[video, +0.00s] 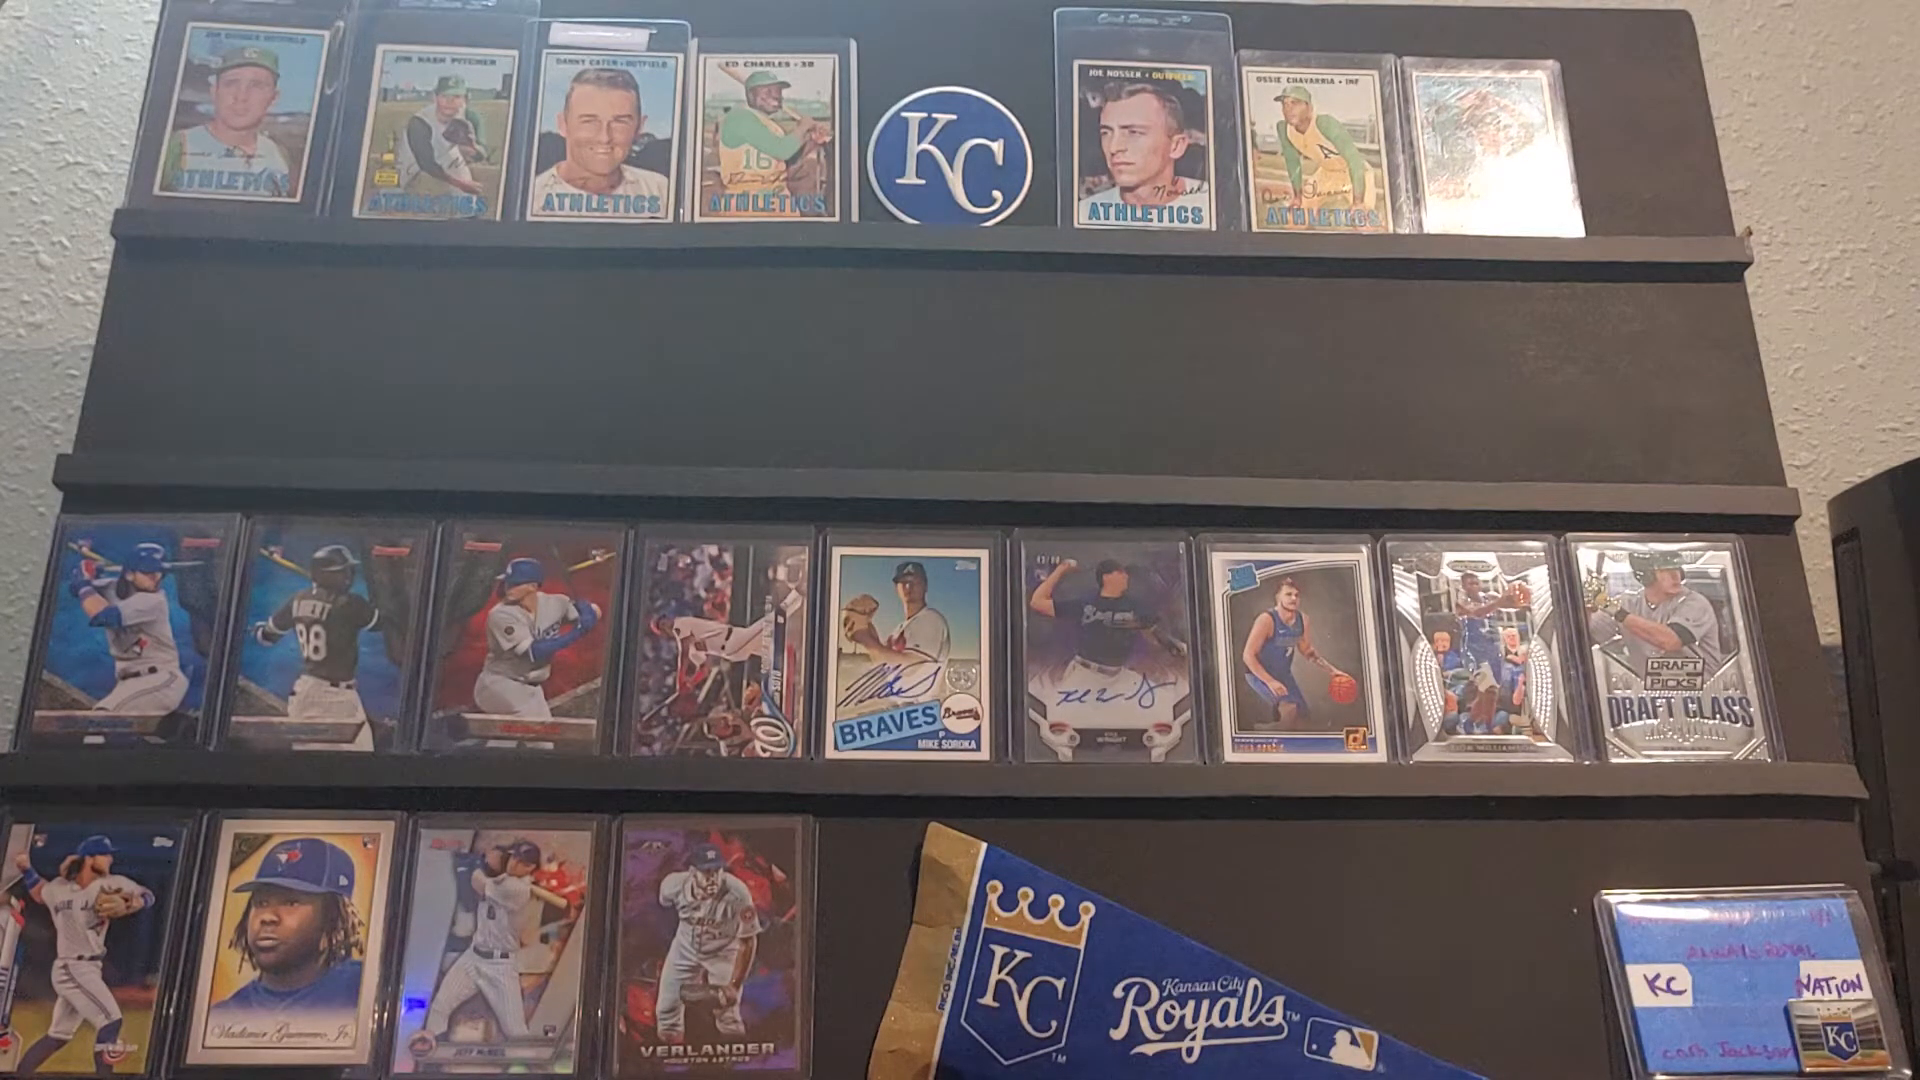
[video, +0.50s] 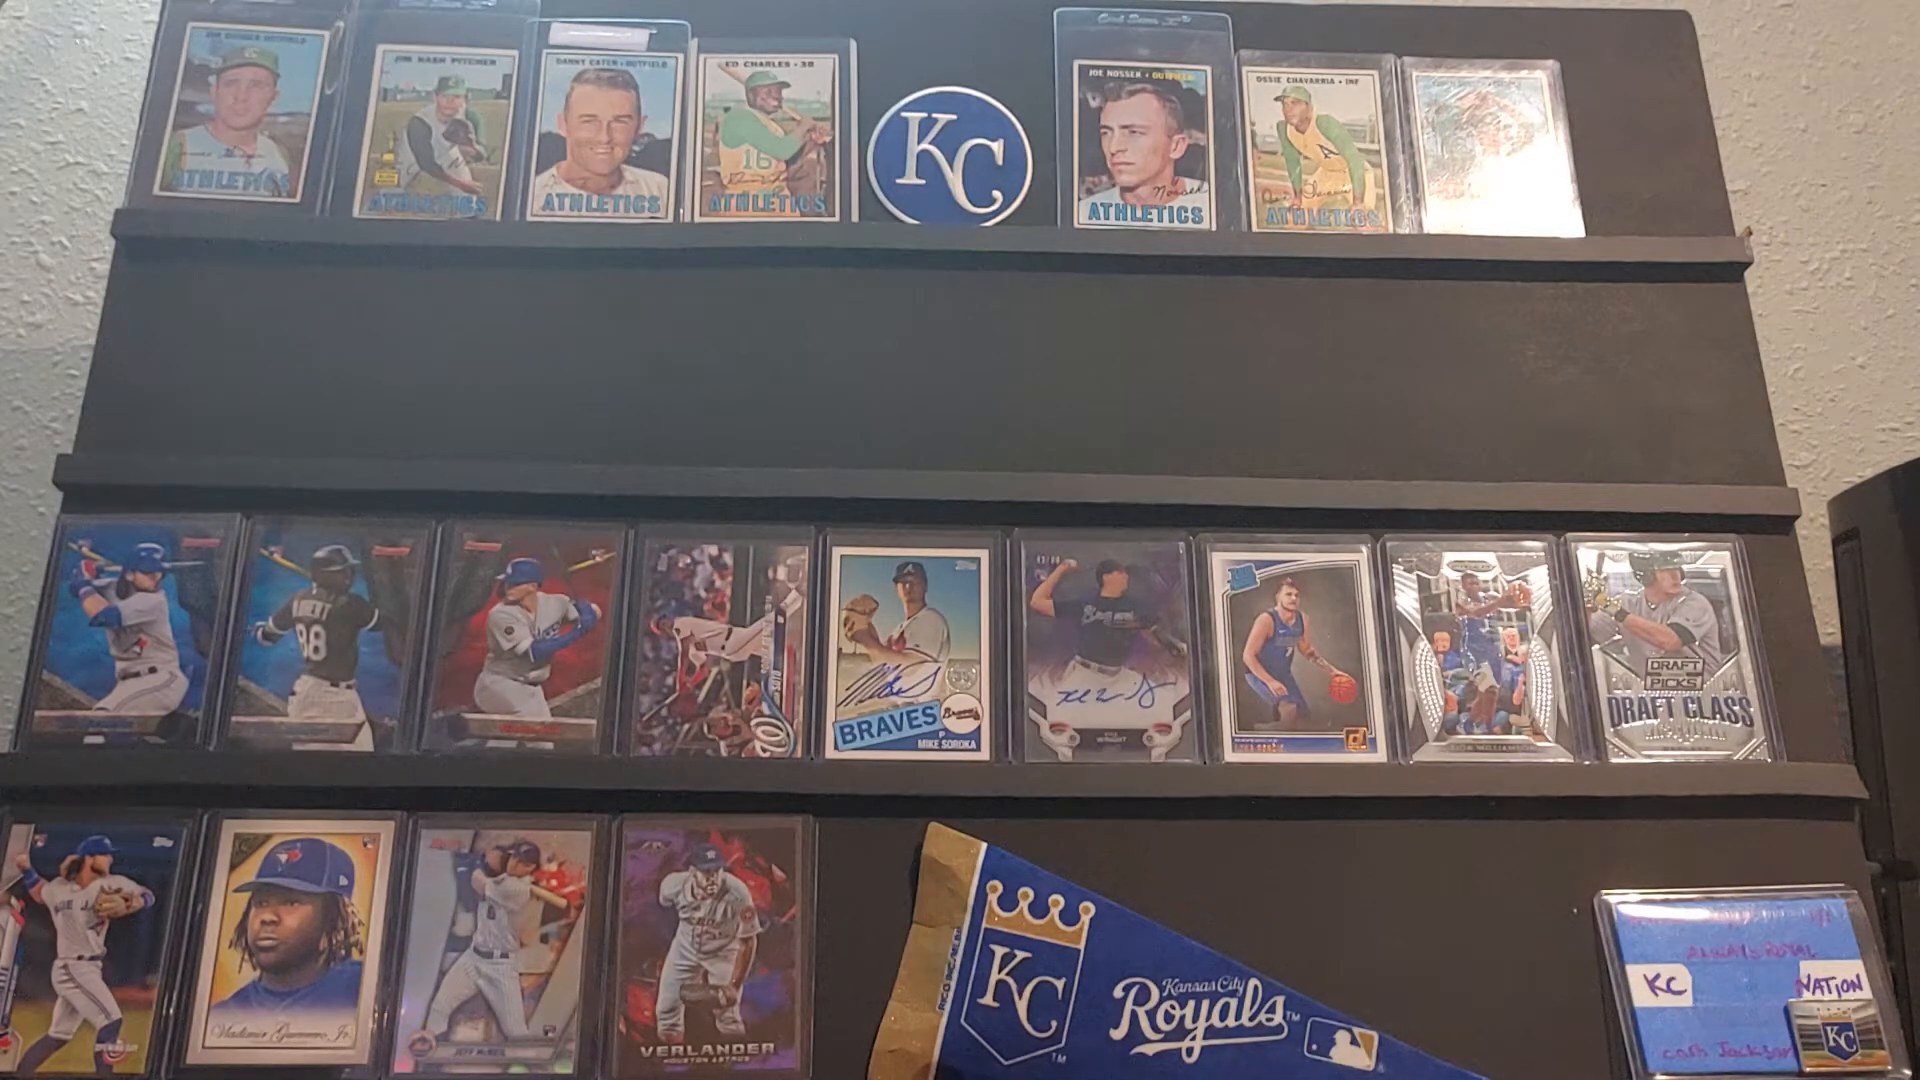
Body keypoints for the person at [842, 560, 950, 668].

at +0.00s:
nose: (907, 587)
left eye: (913, 582)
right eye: (902, 582)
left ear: (925, 586)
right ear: (896, 588)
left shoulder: (930, 619)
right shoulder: (901, 627)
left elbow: (912, 661)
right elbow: (881, 660)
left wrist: (865, 639)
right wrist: (865, 623)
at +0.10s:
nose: (907, 587)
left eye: (913, 582)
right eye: (902, 582)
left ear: (925, 586)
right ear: (896, 588)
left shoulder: (930, 619)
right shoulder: (901, 627)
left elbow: (912, 661)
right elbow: (881, 660)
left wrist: (865, 639)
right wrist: (865, 623)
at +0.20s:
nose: (907, 587)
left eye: (913, 582)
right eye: (902, 582)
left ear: (925, 586)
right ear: (896, 588)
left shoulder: (930, 619)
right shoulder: (901, 627)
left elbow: (911, 659)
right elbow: (880, 658)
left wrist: (865, 639)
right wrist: (865, 622)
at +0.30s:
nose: (907, 587)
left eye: (913, 582)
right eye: (902, 582)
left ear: (925, 586)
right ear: (896, 588)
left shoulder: (931, 619)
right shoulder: (901, 627)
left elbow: (912, 661)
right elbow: (881, 660)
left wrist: (865, 639)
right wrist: (865, 623)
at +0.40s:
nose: (907, 587)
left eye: (913, 582)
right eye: (902, 582)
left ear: (925, 586)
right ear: (896, 588)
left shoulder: (930, 619)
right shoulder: (901, 627)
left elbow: (911, 660)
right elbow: (880, 659)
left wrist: (864, 639)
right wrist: (865, 623)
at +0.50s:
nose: (907, 587)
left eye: (913, 582)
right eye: (902, 582)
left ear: (925, 586)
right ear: (896, 588)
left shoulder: (930, 619)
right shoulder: (901, 627)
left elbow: (911, 659)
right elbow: (880, 659)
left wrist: (864, 639)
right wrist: (865, 623)